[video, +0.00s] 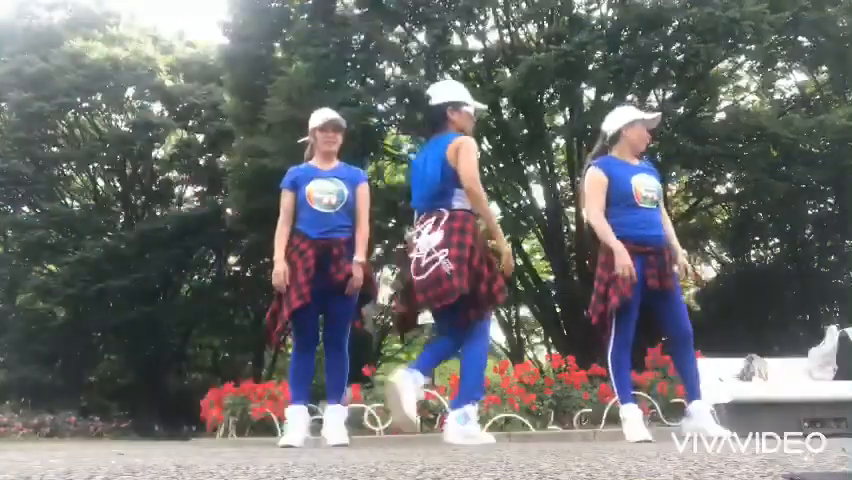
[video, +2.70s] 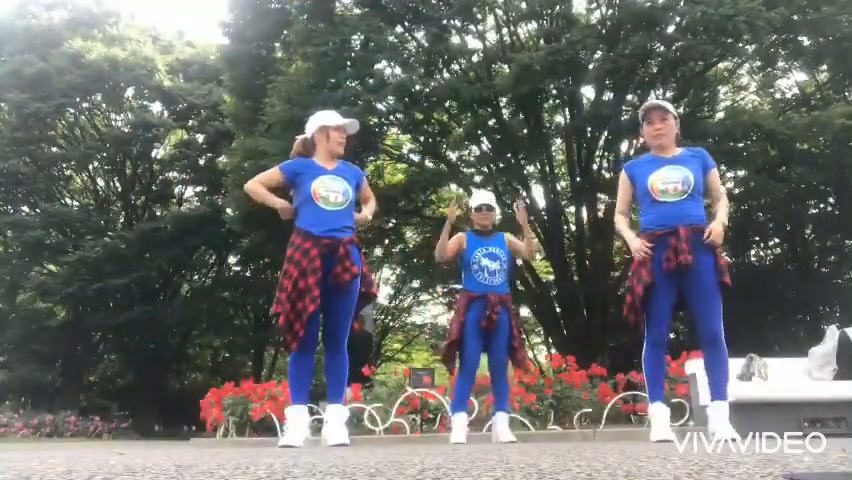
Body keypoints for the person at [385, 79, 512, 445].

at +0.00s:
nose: (474, 118)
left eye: (473, 112)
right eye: (470, 112)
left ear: (443, 115)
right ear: (452, 113)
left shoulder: (421, 155)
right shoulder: (462, 142)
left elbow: (422, 208)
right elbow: (473, 188)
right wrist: (498, 237)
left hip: (428, 244)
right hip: (461, 238)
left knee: (452, 328)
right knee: (479, 326)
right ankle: (464, 417)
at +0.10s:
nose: (484, 130)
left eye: (483, 124)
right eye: (479, 123)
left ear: (460, 129)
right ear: (463, 126)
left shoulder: (447, 159)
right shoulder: (468, 153)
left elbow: (447, 206)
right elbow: (474, 195)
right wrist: (496, 221)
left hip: (450, 237)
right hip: (464, 236)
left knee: (480, 327)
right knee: (483, 327)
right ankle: (464, 415)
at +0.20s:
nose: (491, 144)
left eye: (490, 138)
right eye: (485, 138)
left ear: (470, 144)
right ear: (466, 143)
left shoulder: (467, 173)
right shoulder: (467, 169)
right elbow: (463, 205)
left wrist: (495, 239)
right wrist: (495, 234)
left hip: (475, 250)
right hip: (467, 249)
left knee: (493, 334)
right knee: (484, 332)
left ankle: (493, 412)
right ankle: (462, 415)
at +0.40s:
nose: (489, 162)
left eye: (494, 156)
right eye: (482, 156)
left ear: (499, 162)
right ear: (467, 162)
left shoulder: (498, 199)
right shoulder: (460, 190)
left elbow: (501, 244)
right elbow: (431, 219)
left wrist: (507, 280)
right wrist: (453, 257)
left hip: (497, 276)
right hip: (468, 273)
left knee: (505, 343)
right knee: (481, 338)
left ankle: (493, 420)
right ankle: (445, 410)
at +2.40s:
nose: (469, 209)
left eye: (473, 205)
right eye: (464, 205)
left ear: (480, 210)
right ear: (456, 211)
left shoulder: (491, 240)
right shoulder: (448, 238)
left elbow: (499, 276)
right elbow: (436, 270)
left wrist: (503, 308)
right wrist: (438, 303)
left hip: (489, 303)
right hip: (460, 303)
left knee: (493, 361)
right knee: (461, 361)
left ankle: (500, 419)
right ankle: (457, 420)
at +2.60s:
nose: (479, 211)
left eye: (483, 207)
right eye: (474, 208)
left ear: (489, 212)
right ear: (466, 213)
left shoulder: (500, 241)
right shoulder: (457, 239)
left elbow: (517, 264)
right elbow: (442, 266)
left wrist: (526, 275)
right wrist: (442, 282)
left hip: (497, 304)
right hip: (469, 303)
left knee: (497, 362)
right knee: (466, 362)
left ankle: (501, 421)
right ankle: (458, 419)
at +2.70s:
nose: (484, 214)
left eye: (489, 209)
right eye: (479, 209)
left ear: (495, 214)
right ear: (471, 214)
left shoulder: (504, 239)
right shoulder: (463, 238)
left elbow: (529, 253)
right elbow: (441, 256)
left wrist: (524, 224)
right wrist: (448, 224)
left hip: (501, 304)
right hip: (473, 303)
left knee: (499, 362)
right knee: (470, 361)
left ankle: (501, 422)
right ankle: (459, 419)